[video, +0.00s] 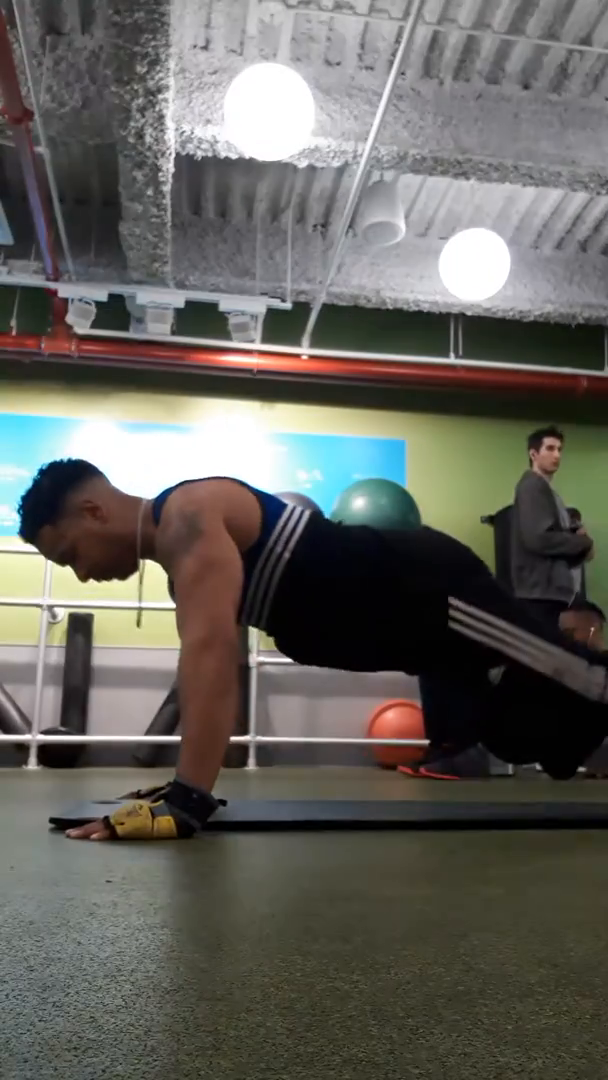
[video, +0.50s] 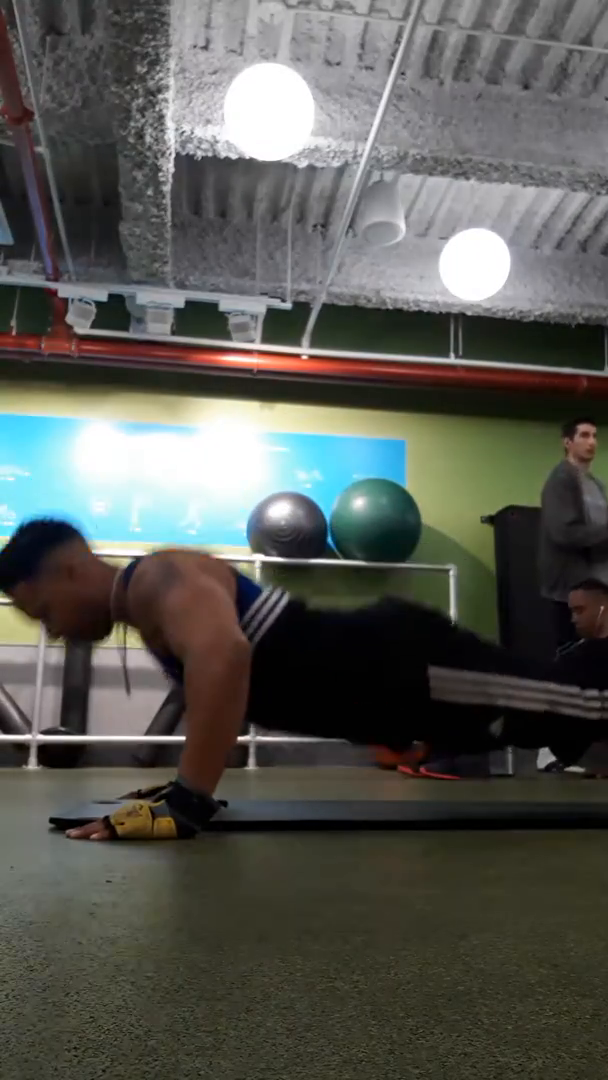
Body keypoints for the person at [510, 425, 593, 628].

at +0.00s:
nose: (556, 455)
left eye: (559, 450)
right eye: (550, 449)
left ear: (562, 453)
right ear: (533, 454)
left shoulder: (543, 486)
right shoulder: (532, 485)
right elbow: (536, 539)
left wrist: (576, 535)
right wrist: (582, 542)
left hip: (549, 596)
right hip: (538, 597)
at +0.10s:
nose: (559, 453)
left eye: (562, 447)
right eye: (553, 446)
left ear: (565, 450)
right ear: (536, 452)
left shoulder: (547, 483)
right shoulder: (534, 483)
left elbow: (570, 519)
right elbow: (540, 537)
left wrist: (581, 532)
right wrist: (587, 543)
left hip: (557, 593)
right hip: (544, 595)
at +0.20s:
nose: (564, 449)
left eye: (567, 444)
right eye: (558, 443)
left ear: (566, 449)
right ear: (540, 447)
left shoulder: (553, 483)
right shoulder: (538, 482)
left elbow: (569, 527)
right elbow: (545, 536)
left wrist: (584, 534)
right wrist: (589, 541)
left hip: (560, 595)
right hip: (545, 596)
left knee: (561, 674)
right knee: (552, 674)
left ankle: (564, 753)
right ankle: (555, 755)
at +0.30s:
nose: (570, 446)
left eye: (573, 441)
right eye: (564, 440)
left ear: (573, 447)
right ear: (546, 445)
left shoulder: (561, 480)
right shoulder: (544, 480)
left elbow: (565, 526)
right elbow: (549, 536)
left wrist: (588, 525)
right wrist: (595, 543)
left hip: (570, 592)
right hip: (554, 594)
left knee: (576, 673)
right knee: (562, 674)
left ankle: (573, 751)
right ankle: (561, 754)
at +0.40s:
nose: (579, 444)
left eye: (582, 438)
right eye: (572, 438)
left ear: (583, 445)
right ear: (555, 444)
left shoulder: (573, 480)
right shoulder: (552, 480)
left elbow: (580, 522)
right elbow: (554, 534)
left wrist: (600, 522)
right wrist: (600, 538)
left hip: (577, 588)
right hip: (558, 591)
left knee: (584, 668)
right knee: (568, 669)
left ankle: (576, 752)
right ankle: (564, 754)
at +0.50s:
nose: (592, 442)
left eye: (594, 436)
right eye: (584, 436)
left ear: (596, 442)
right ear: (567, 442)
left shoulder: (595, 483)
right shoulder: (560, 480)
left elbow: (597, 524)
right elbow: (561, 532)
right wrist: (603, 532)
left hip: (594, 585)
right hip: (567, 586)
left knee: (592, 654)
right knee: (569, 656)